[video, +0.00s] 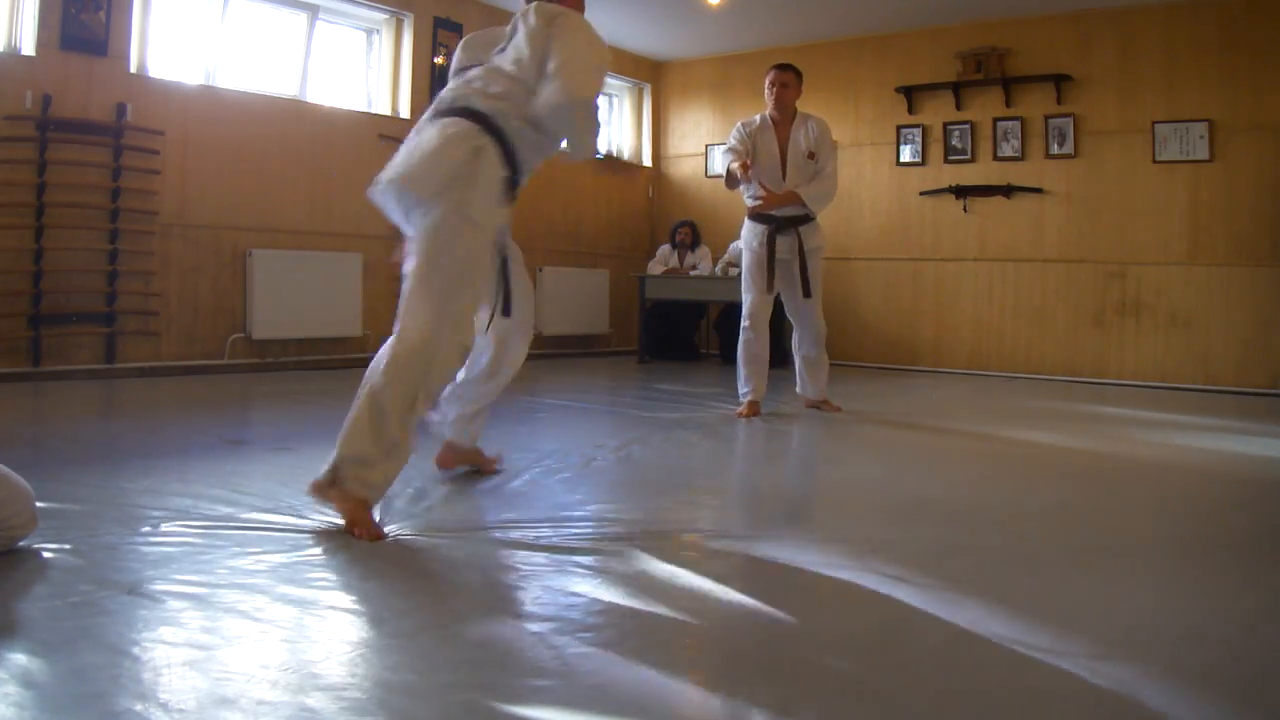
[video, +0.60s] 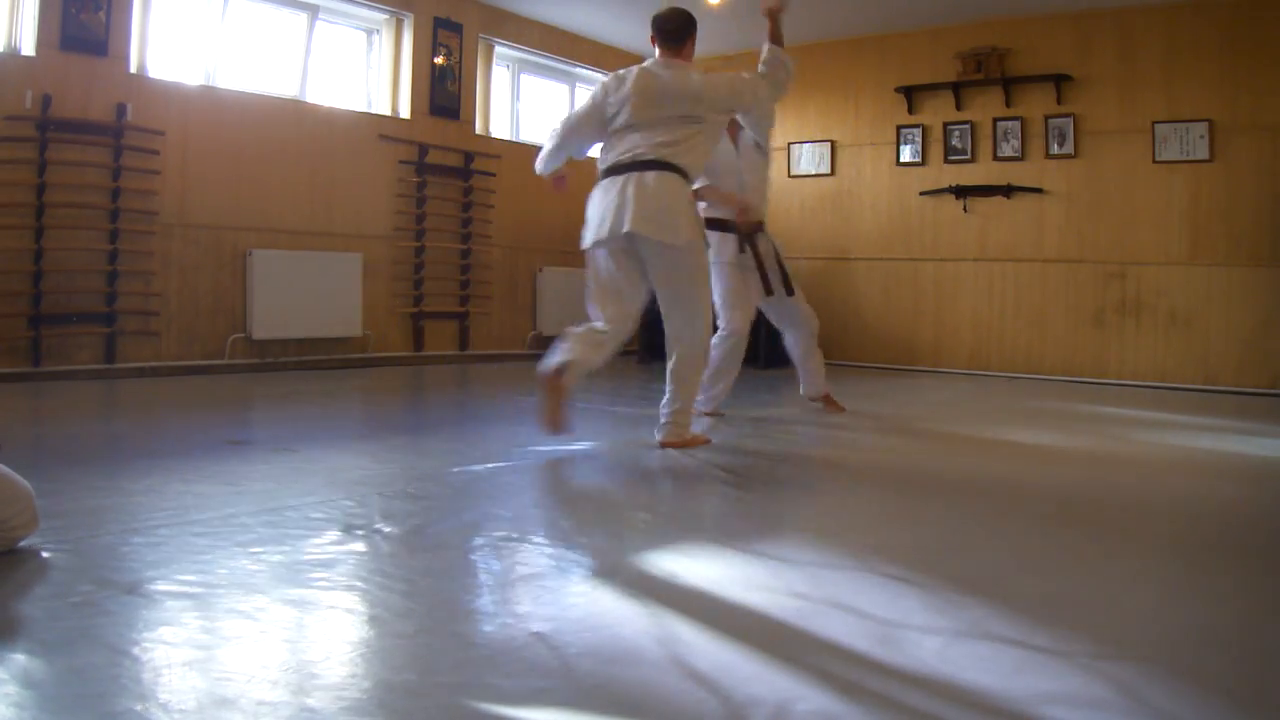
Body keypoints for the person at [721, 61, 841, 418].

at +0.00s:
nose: (776, 91)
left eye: (784, 86)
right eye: (771, 85)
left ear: (799, 92)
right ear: (764, 91)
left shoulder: (816, 129)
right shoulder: (747, 130)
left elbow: (826, 184)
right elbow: (730, 179)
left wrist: (785, 198)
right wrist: (738, 169)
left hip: (801, 233)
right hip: (758, 232)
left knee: (809, 317)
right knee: (753, 316)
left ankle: (813, 392)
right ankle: (750, 396)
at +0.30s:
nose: (782, 93)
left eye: (790, 87)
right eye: (777, 87)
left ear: (804, 94)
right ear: (770, 92)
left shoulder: (817, 130)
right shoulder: (750, 132)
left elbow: (826, 183)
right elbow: (725, 174)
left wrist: (778, 187)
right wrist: (726, 209)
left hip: (801, 229)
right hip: (758, 229)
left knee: (813, 313)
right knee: (759, 307)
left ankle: (816, 391)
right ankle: (747, 389)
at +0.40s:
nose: (775, 97)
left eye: (783, 92)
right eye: (770, 91)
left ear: (795, 100)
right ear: (761, 97)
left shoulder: (806, 131)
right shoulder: (743, 136)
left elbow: (808, 172)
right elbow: (712, 178)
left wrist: (759, 163)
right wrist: (708, 218)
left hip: (794, 231)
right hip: (752, 230)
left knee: (813, 314)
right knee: (759, 297)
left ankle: (813, 390)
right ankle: (736, 383)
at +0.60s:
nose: (741, 103)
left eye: (743, 98)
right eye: (734, 98)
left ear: (744, 103)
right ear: (720, 102)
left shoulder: (756, 138)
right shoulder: (702, 137)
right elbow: (695, 187)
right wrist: (733, 202)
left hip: (756, 236)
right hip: (720, 237)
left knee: (800, 318)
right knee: (733, 325)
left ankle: (814, 389)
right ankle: (705, 403)